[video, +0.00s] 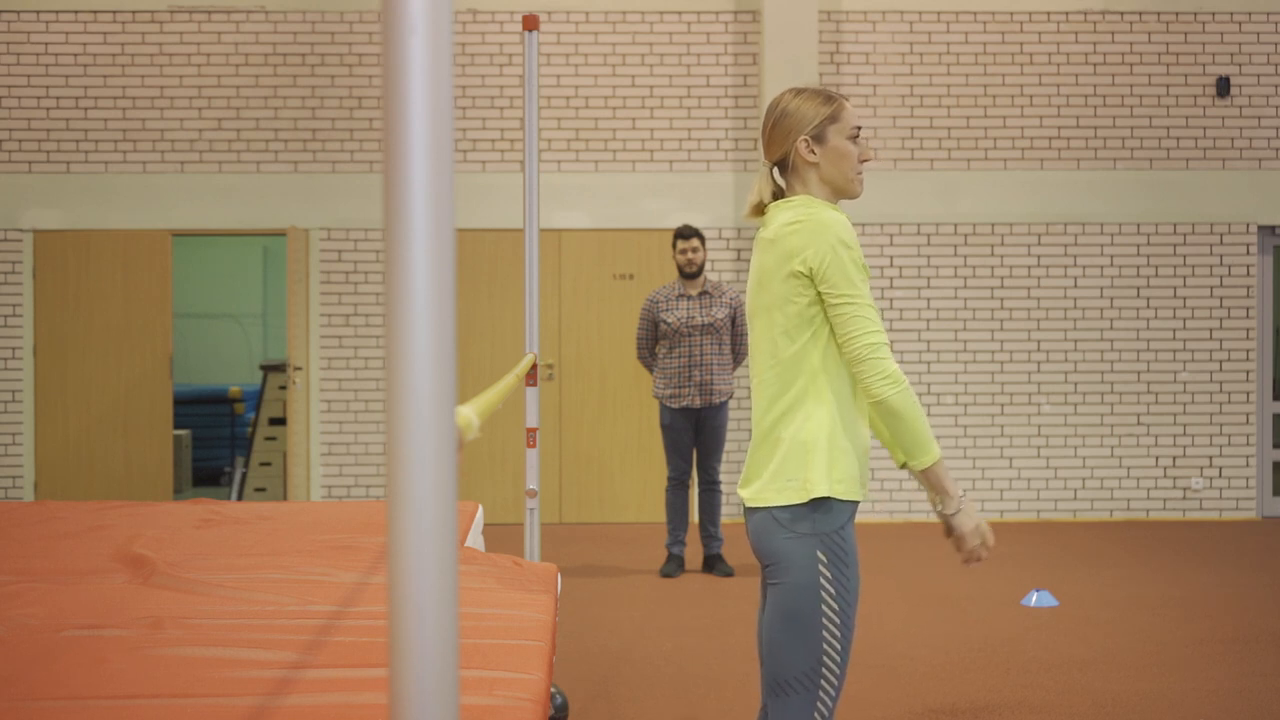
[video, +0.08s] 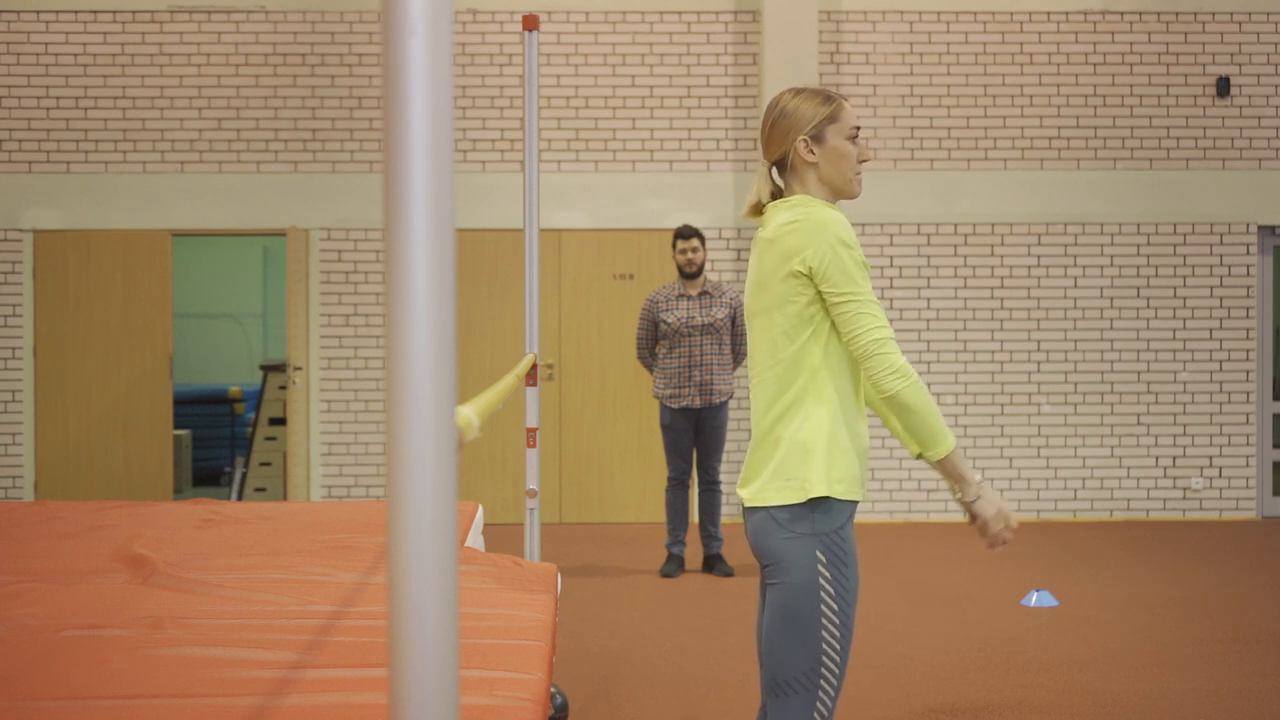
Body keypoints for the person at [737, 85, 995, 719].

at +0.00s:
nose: (866, 153)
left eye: (861, 138)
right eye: (853, 139)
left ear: (807, 153)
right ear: (807, 151)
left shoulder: (783, 227)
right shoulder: (820, 229)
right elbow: (877, 379)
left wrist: (941, 496)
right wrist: (949, 502)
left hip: (785, 504)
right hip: (808, 508)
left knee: (788, 705)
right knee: (804, 706)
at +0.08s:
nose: (863, 152)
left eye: (859, 138)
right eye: (851, 138)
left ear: (806, 153)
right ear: (807, 150)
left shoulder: (783, 228)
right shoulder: (818, 227)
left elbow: (870, 377)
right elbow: (882, 370)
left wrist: (961, 481)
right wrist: (967, 481)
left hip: (787, 503)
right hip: (808, 506)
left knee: (788, 706)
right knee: (804, 707)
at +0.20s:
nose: (863, 153)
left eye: (858, 138)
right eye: (850, 139)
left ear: (805, 154)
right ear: (804, 151)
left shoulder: (781, 228)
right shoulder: (816, 226)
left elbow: (876, 359)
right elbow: (896, 356)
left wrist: (990, 448)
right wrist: (1000, 455)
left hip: (785, 501)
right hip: (806, 505)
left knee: (788, 705)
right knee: (802, 706)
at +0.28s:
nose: (861, 154)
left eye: (857, 139)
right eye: (847, 139)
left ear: (802, 153)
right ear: (801, 151)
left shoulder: (780, 228)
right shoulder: (810, 225)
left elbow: (890, 349)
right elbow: (905, 344)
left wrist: (1010, 422)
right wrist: (1020, 426)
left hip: (788, 502)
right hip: (805, 505)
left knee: (790, 704)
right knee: (800, 705)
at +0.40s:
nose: (857, 154)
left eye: (854, 140)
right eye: (845, 140)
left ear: (801, 153)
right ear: (801, 150)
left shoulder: (780, 227)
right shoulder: (804, 223)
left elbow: (896, 327)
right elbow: (912, 319)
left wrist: (1034, 373)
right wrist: (1048, 377)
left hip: (793, 499)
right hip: (806, 501)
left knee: (792, 703)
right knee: (802, 705)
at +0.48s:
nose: (856, 154)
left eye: (852, 140)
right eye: (844, 140)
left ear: (800, 152)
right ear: (799, 150)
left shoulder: (782, 226)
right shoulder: (799, 223)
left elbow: (908, 308)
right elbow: (921, 304)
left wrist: (1050, 337)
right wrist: (1061, 339)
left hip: (798, 500)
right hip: (806, 502)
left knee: (792, 704)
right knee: (802, 705)